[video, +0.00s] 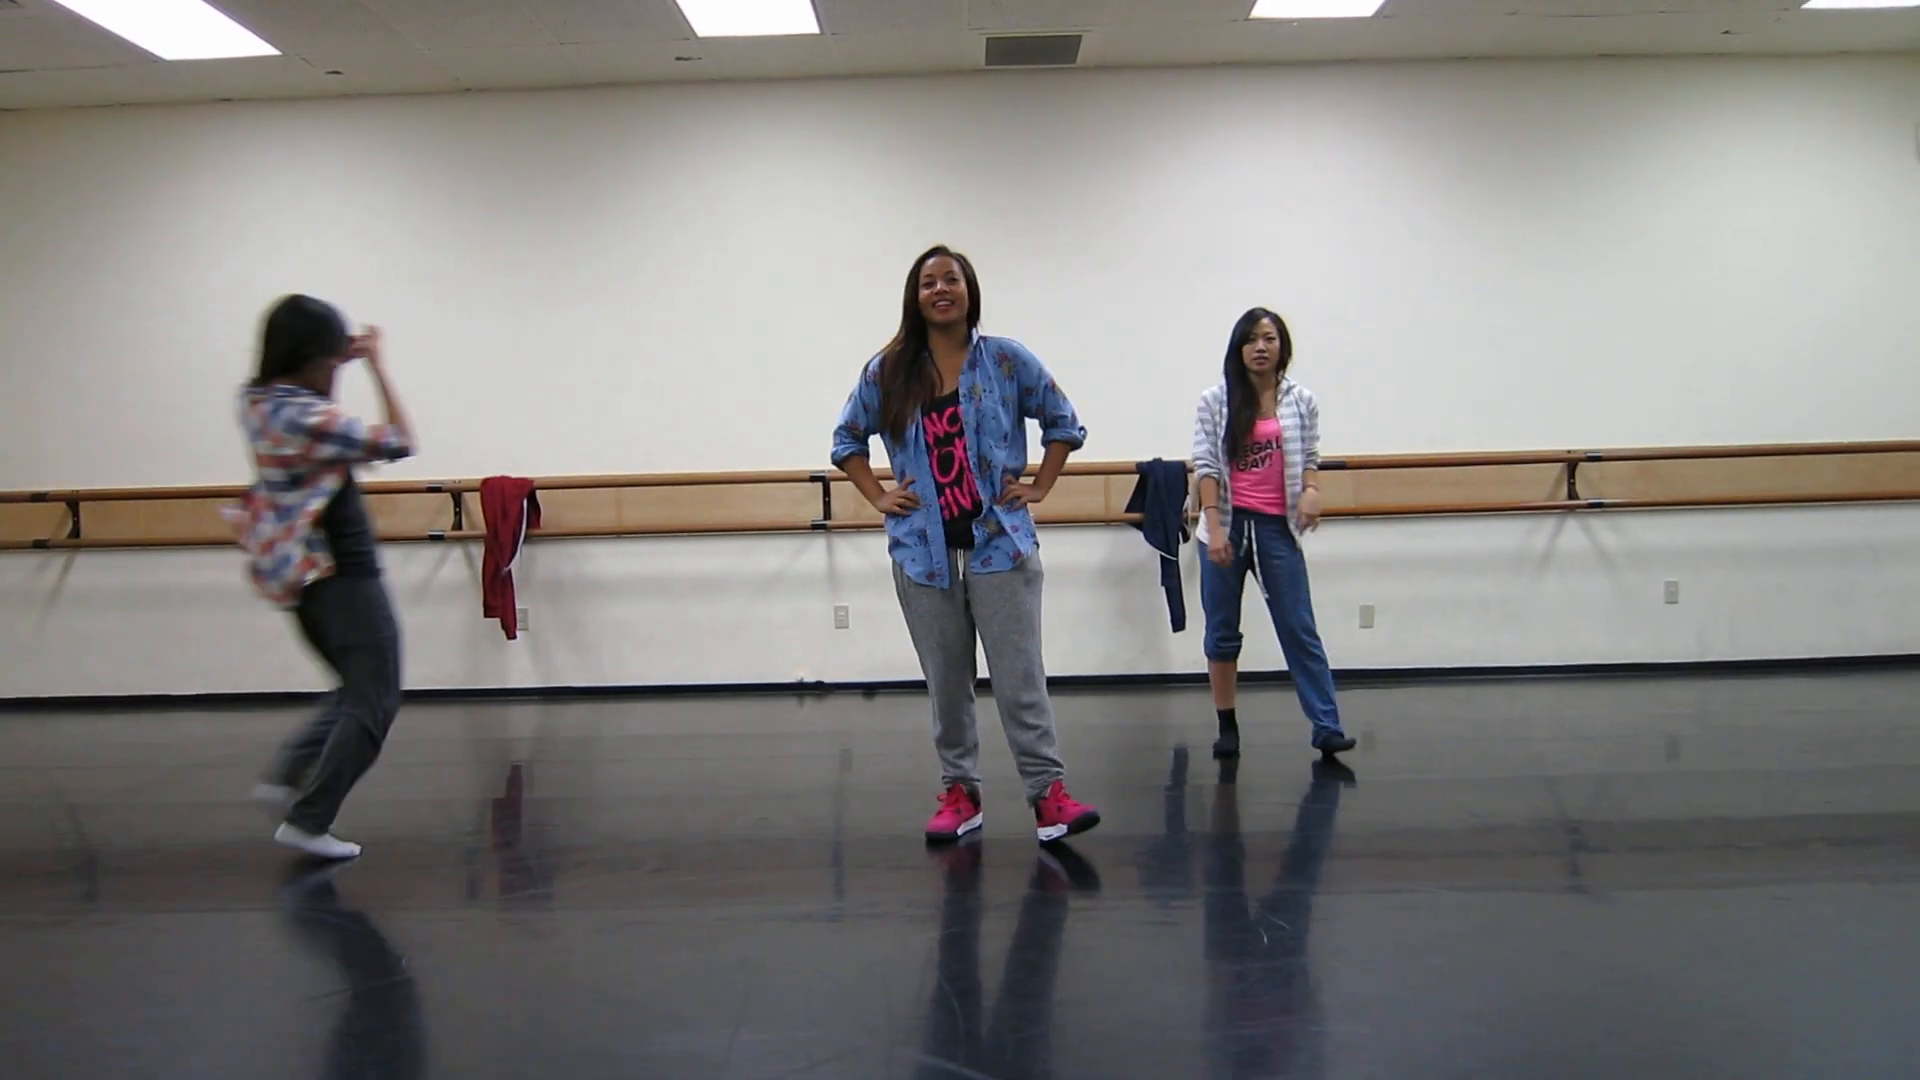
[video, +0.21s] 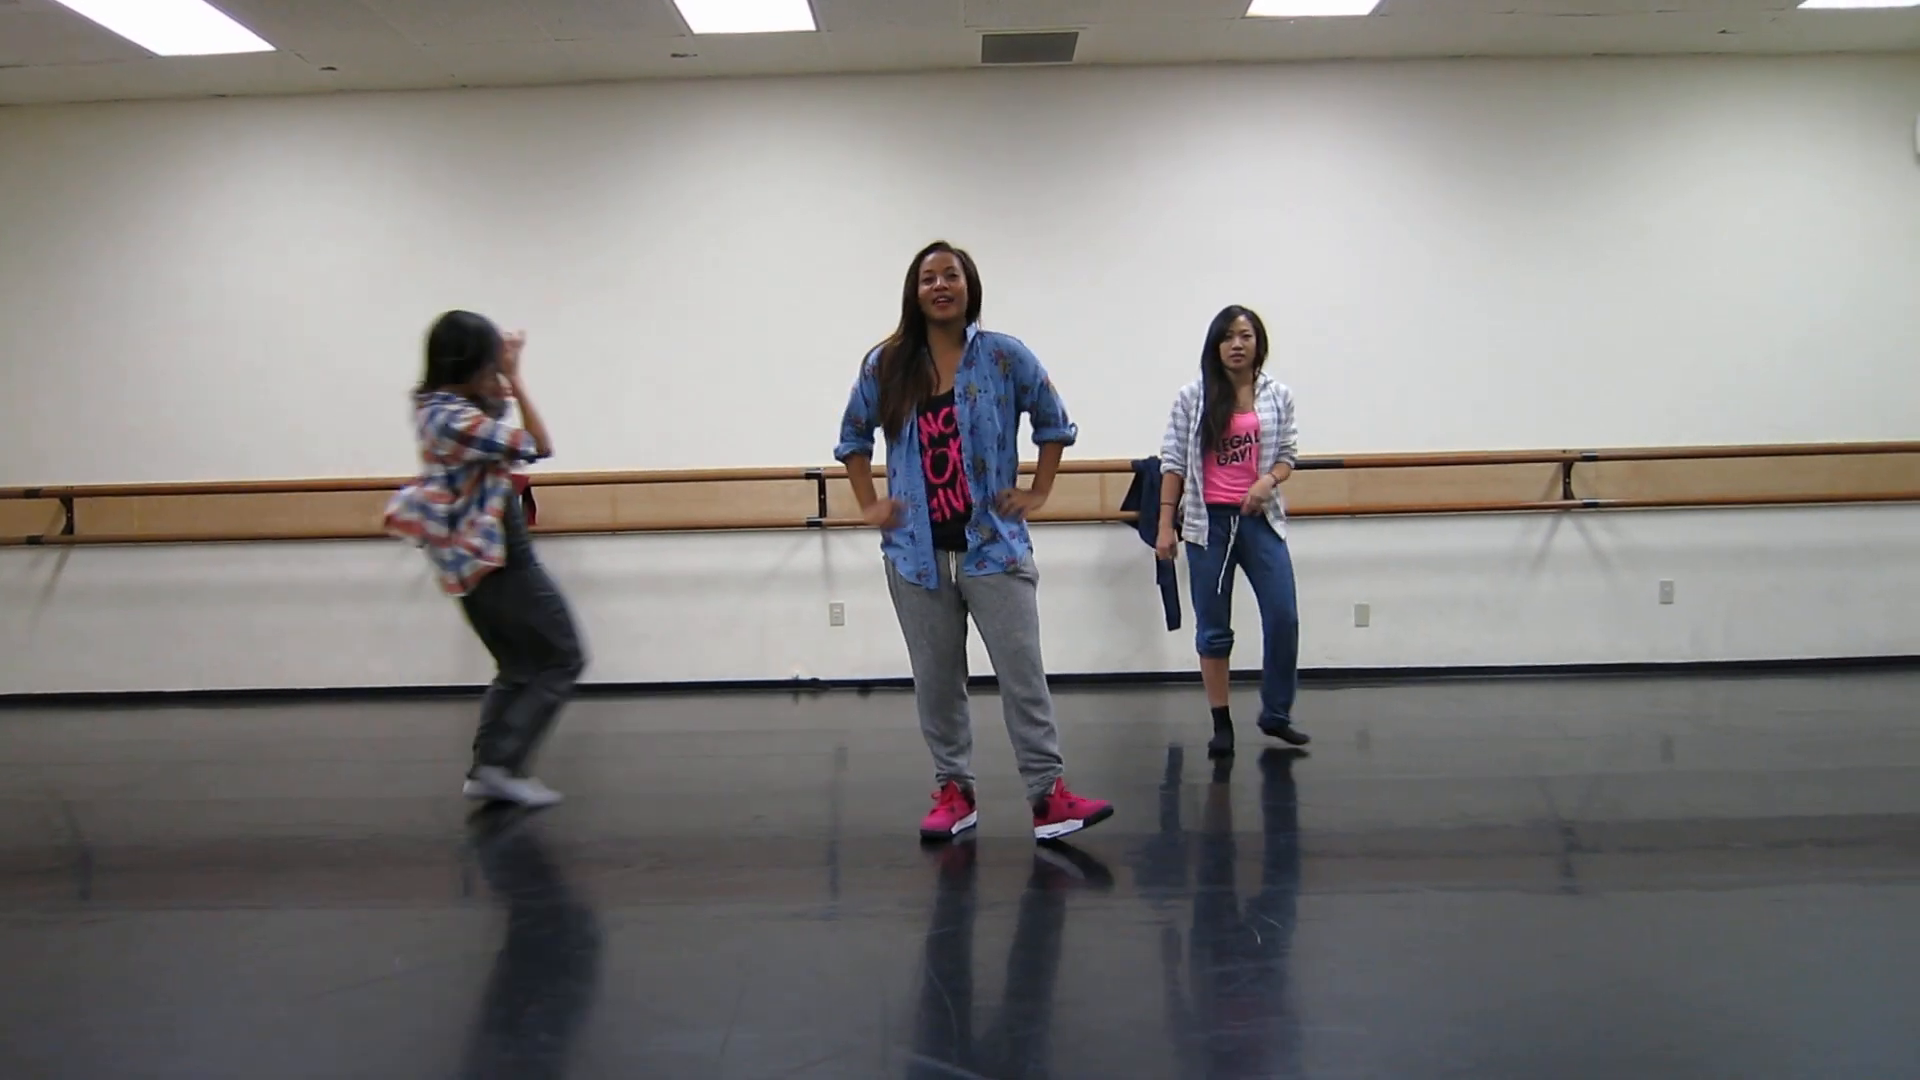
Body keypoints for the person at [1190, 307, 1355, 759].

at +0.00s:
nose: (1259, 347)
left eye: (1269, 339)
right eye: (1251, 340)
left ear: (1283, 347)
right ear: (1237, 348)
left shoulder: (1300, 401)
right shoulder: (1215, 401)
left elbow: (1310, 458)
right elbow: (1206, 466)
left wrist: (1311, 491)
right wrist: (1214, 527)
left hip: (1277, 525)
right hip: (1224, 524)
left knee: (1300, 628)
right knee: (1222, 632)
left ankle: (1327, 729)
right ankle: (1226, 727)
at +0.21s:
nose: (1237, 344)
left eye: (1246, 336)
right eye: (1228, 337)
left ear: (1259, 344)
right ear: (1215, 346)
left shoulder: (1276, 396)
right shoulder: (1192, 398)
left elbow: (1288, 457)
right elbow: (1173, 464)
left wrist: (1267, 482)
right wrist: (1165, 524)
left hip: (1259, 520)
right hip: (1205, 521)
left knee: (1284, 615)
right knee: (1213, 629)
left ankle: (1275, 715)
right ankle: (1221, 725)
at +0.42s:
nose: (1222, 347)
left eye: (1229, 338)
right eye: (1212, 340)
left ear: (1242, 344)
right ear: (1199, 349)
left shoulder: (1263, 394)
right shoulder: (1179, 399)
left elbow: (1279, 456)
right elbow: (1159, 466)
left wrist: (1255, 474)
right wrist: (1149, 522)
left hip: (1247, 517)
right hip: (1195, 518)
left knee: (1265, 617)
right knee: (1205, 623)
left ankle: (1239, 688)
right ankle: (1215, 720)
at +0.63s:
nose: (1217, 353)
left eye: (1223, 345)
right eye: (1207, 348)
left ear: (1237, 353)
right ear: (1196, 359)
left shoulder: (1258, 404)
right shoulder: (1180, 408)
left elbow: (1262, 470)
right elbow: (1162, 471)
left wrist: (1270, 465)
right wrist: (1152, 523)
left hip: (1244, 526)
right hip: (1196, 524)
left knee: (1254, 621)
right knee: (1202, 624)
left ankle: (1231, 704)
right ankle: (1211, 723)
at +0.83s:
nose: (1229, 360)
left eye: (1236, 352)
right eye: (1219, 354)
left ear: (1248, 359)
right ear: (1208, 365)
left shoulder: (1266, 407)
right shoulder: (1192, 412)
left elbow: (1270, 475)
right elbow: (1164, 471)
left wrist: (1297, 447)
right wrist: (1184, 471)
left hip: (1256, 527)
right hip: (1211, 527)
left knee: (1249, 622)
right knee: (1218, 618)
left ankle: (1237, 712)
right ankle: (1222, 715)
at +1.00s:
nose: (1242, 355)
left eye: (1249, 347)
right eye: (1232, 349)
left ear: (1261, 354)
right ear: (1220, 359)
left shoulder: (1275, 400)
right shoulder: (1206, 404)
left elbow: (1284, 463)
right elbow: (1173, 464)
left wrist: (1305, 435)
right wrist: (1196, 455)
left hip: (1263, 520)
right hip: (1219, 518)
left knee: (1256, 622)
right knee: (1224, 618)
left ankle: (1248, 712)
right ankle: (1210, 711)